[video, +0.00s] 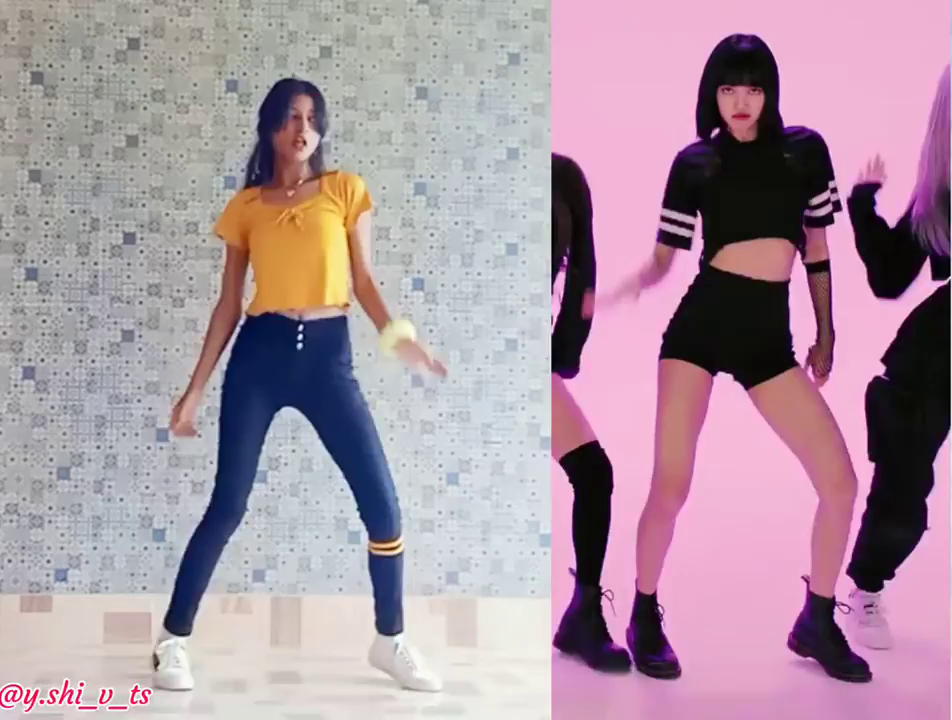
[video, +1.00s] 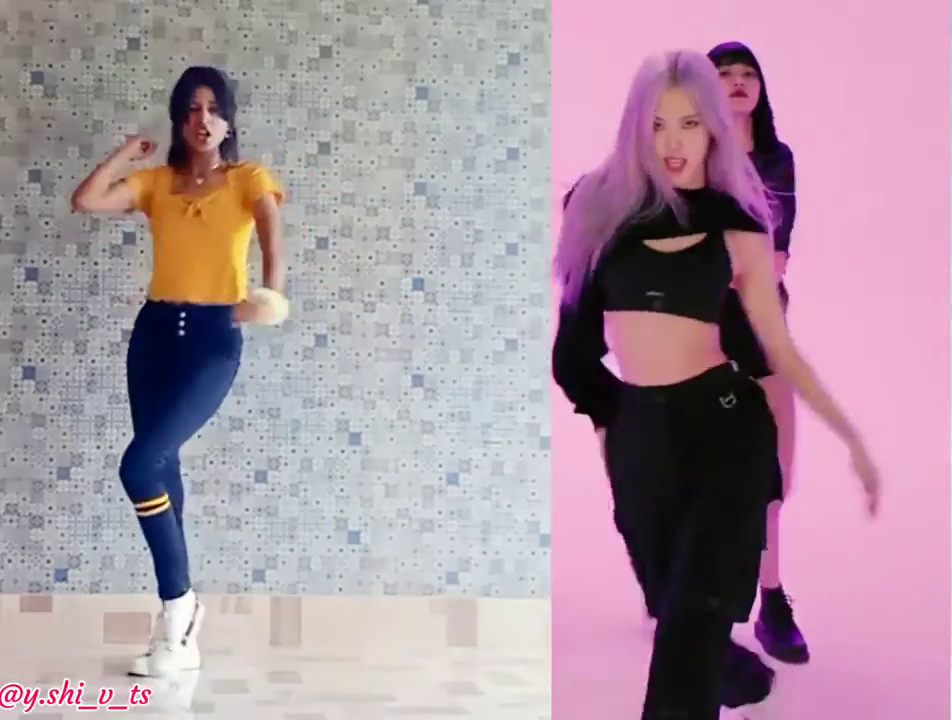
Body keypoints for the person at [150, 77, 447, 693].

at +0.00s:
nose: (300, 129)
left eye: (309, 120)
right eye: (288, 119)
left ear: (320, 130)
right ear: (267, 128)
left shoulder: (345, 189)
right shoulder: (246, 206)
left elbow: (362, 277)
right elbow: (228, 306)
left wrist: (399, 336)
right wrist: (194, 388)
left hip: (329, 359)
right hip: (257, 359)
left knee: (383, 505)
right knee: (229, 503)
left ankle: (389, 640)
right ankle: (173, 640)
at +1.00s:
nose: (202, 118)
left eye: (212, 109)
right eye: (191, 109)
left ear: (227, 119)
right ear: (176, 119)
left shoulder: (248, 177)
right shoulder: (156, 180)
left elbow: (271, 231)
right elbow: (86, 199)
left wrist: (271, 289)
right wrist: (125, 151)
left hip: (215, 340)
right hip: (153, 337)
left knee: (138, 467)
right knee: (165, 481)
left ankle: (178, 601)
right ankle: (175, 620)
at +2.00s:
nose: (248, 87)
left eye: (257, 79)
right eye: (233, 75)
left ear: (267, 94)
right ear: (211, 92)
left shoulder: (285, 149)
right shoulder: (191, 158)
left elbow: (310, 172)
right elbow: (211, 151)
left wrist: (234, 162)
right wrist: (250, 74)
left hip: (265, 348)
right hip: (197, 345)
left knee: (351, 478)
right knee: (185, 503)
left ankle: (299, 599)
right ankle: (162, 671)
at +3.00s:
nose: (285, 125)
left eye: (295, 115)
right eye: (271, 114)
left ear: (310, 126)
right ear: (253, 126)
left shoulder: (333, 188)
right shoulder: (240, 180)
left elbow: (394, 188)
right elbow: (283, 198)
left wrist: (376, 97)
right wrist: (365, 166)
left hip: (319, 361)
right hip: (249, 356)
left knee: (361, 511)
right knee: (196, 508)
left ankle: (406, 655)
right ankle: (142, 656)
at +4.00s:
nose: (280, 134)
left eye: (290, 126)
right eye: (267, 124)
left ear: (303, 138)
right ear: (246, 135)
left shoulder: (321, 197)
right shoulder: (231, 196)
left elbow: (415, 200)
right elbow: (231, 278)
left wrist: (429, 130)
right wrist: (304, 231)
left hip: (294, 387)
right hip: (230, 379)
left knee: (393, 505)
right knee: (166, 522)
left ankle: (389, 660)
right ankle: (95, 661)